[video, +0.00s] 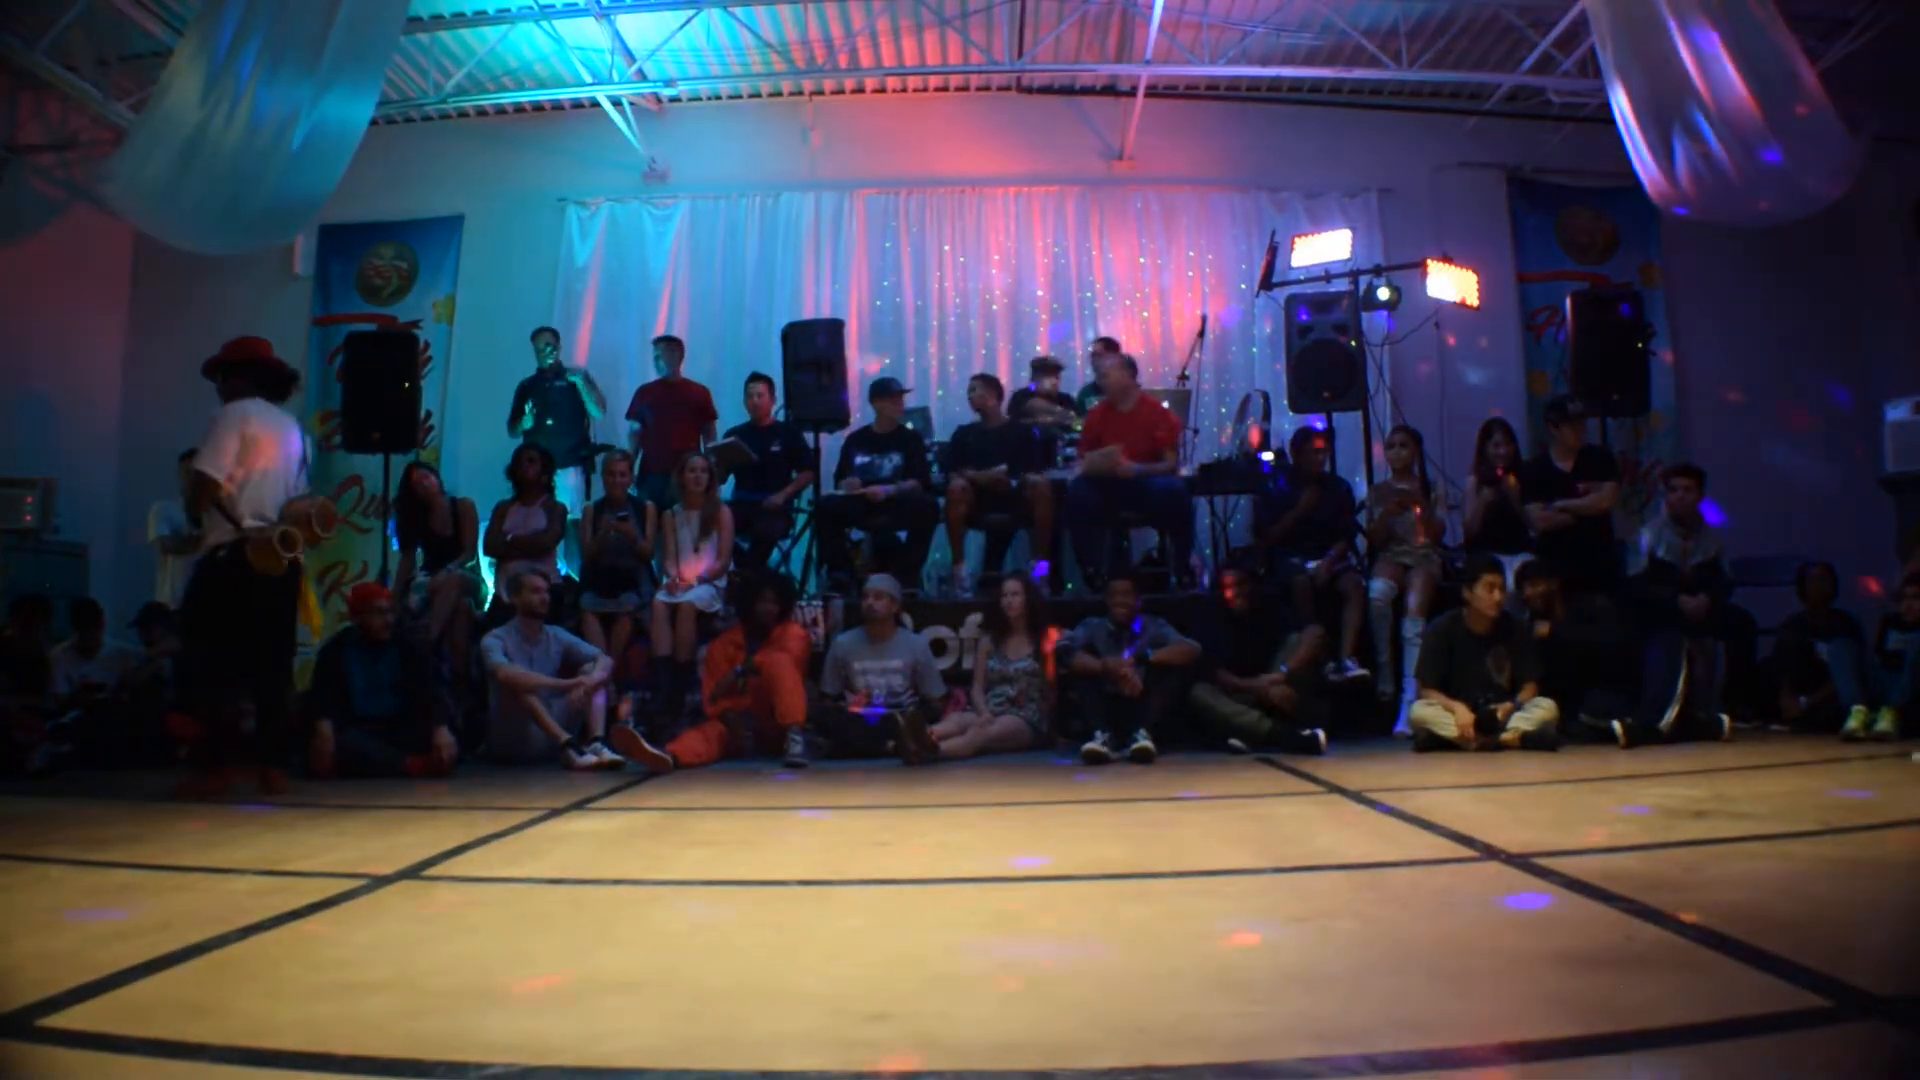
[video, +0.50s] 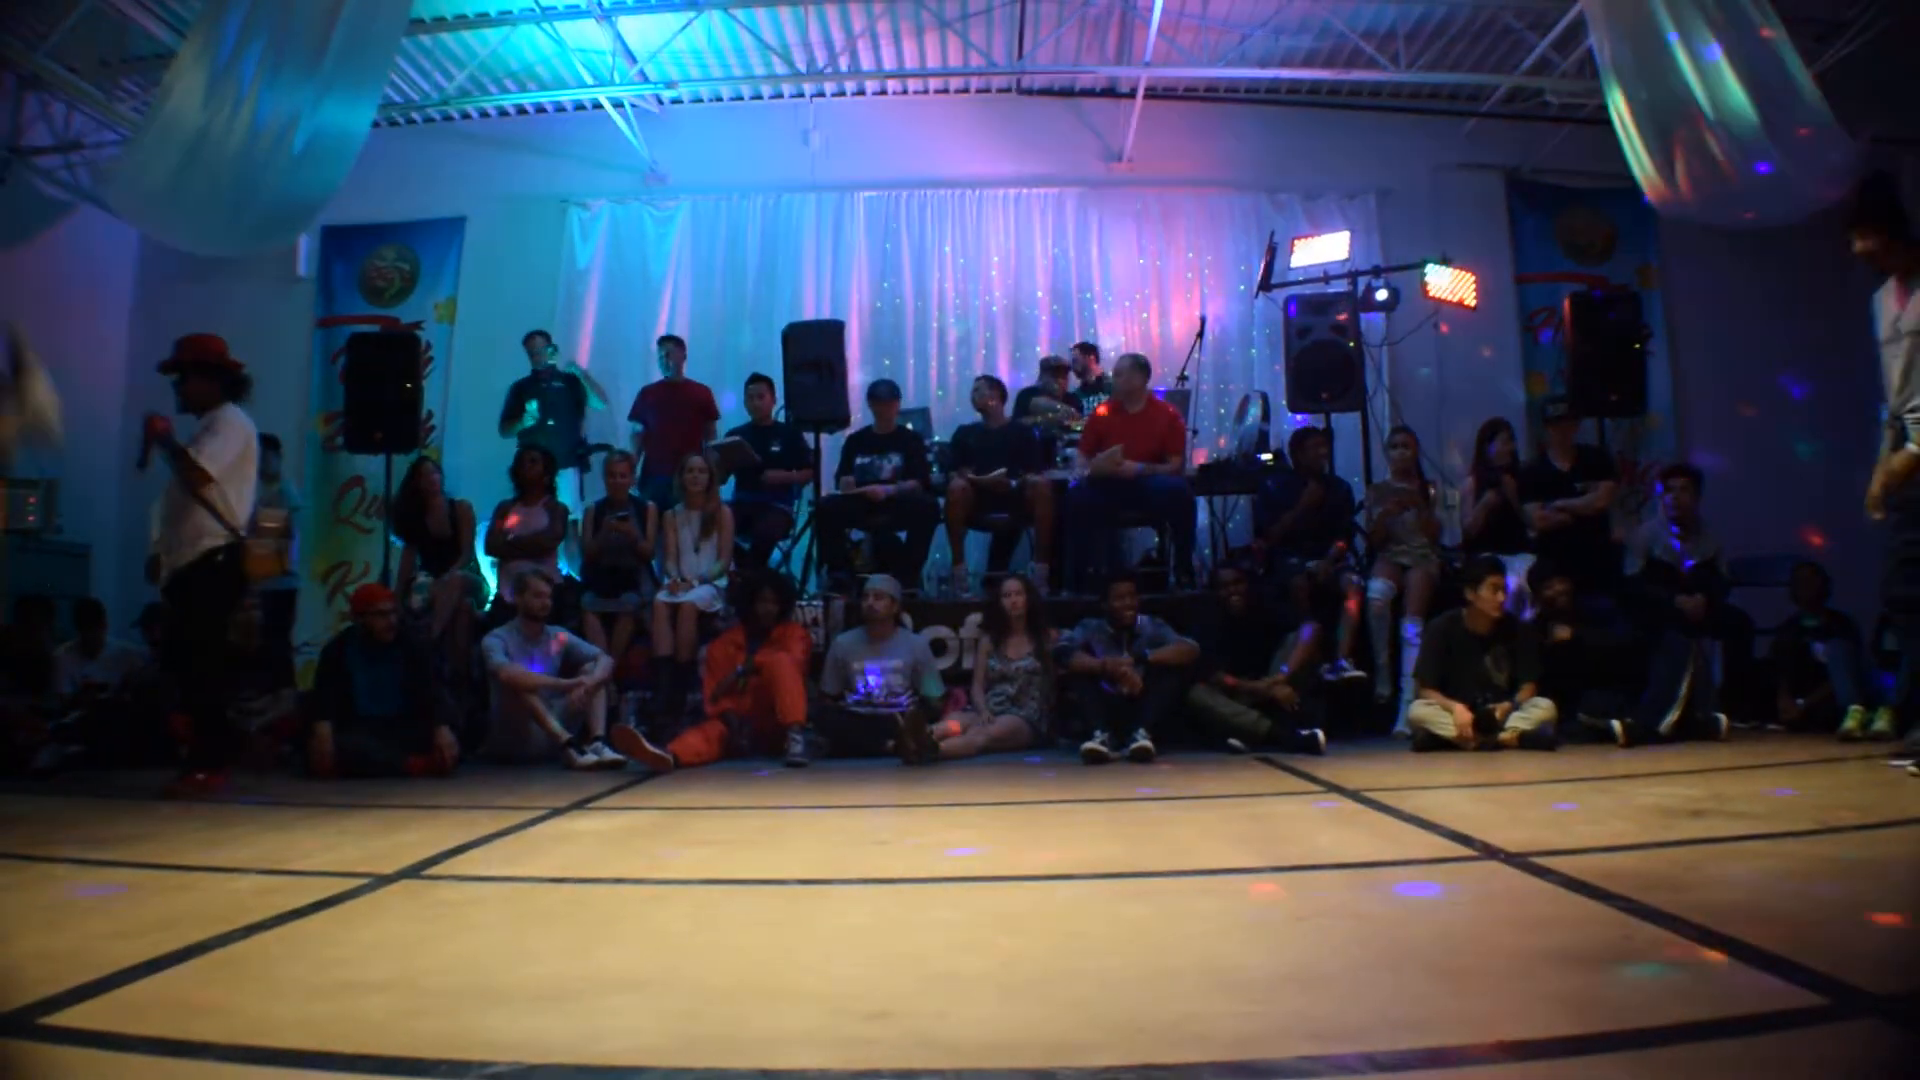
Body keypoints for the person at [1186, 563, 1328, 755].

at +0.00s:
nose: (1233, 594)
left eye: (1238, 586)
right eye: (1227, 588)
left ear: (1251, 586)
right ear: (1221, 592)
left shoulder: (1271, 613)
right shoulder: (1218, 624)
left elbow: (1315, 633)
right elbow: (1216, 674)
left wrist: (1281, 675)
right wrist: (1263, 688)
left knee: (1297, 640)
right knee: (1200, 693)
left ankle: (1249, 734)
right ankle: (1279, 734)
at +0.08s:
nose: (1234, 593)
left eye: (1240, 585)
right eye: (1227, 587)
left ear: (1252, 586)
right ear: (1219, 592)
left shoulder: (1271, 614)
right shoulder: (1216, 626)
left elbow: (1315, 632)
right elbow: (1214, 673)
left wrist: (1283, 681)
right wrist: (1264, 692)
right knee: (1200, 693)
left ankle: (1250, 734)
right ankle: (1277, 734)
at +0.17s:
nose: (1234, 593)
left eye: (1239, 585)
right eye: (1226, 587)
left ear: (1251, 586)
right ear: (1218, 593)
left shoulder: (1270, 612)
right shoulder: (1216, 624)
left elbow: (1313, 632)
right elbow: (1215, 673)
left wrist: (1285, 681)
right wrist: (1269, 694)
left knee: (1298, 640)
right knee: (1200, 693)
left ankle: (1250, 734)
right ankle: (1279, 734)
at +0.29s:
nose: (1231, 593)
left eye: (1237, 584)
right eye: (1224, 587)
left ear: (1251, 585)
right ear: (1218, 592)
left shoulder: (1270, 612)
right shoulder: (1217, 624)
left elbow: (1312, 631)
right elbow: (1215, 673)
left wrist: (1283, 680)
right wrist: (1269, 693)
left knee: (1305, 637)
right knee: (1199, 693)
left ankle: (1250, 734)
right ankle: (1281, 735)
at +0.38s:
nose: (1231, 592)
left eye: (1237, 584)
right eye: (1224, 587)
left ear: (1251, 585)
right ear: (1217, 592)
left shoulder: (1270, 615)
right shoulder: (1215, 625)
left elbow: (1311, 629)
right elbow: (1214, 673)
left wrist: (1279, 682)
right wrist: (1268, 691)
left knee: (1309, 633)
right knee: (1198, 692)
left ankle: (1249, 733)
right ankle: (1281, 734)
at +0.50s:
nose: (1232, 592)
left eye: (1237, 584)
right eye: (1225, 587)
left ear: (1249, 585)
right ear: (1217, 593)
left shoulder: (1267, 613)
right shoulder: (1214, 626)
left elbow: (1311, 629)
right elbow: (1215, 677)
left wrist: (1281, 677)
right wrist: (1268, 690)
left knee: (1298, 639)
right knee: (1198, 694)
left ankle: (1249, 734)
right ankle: (1278, 734)